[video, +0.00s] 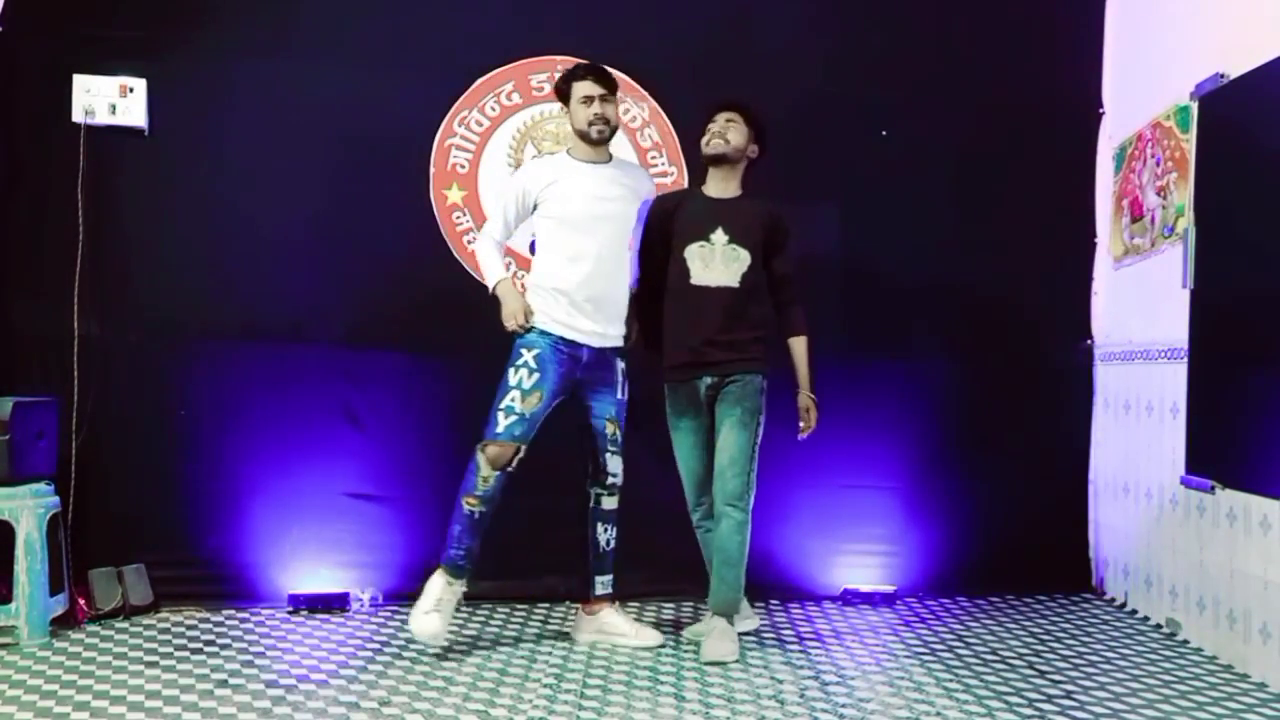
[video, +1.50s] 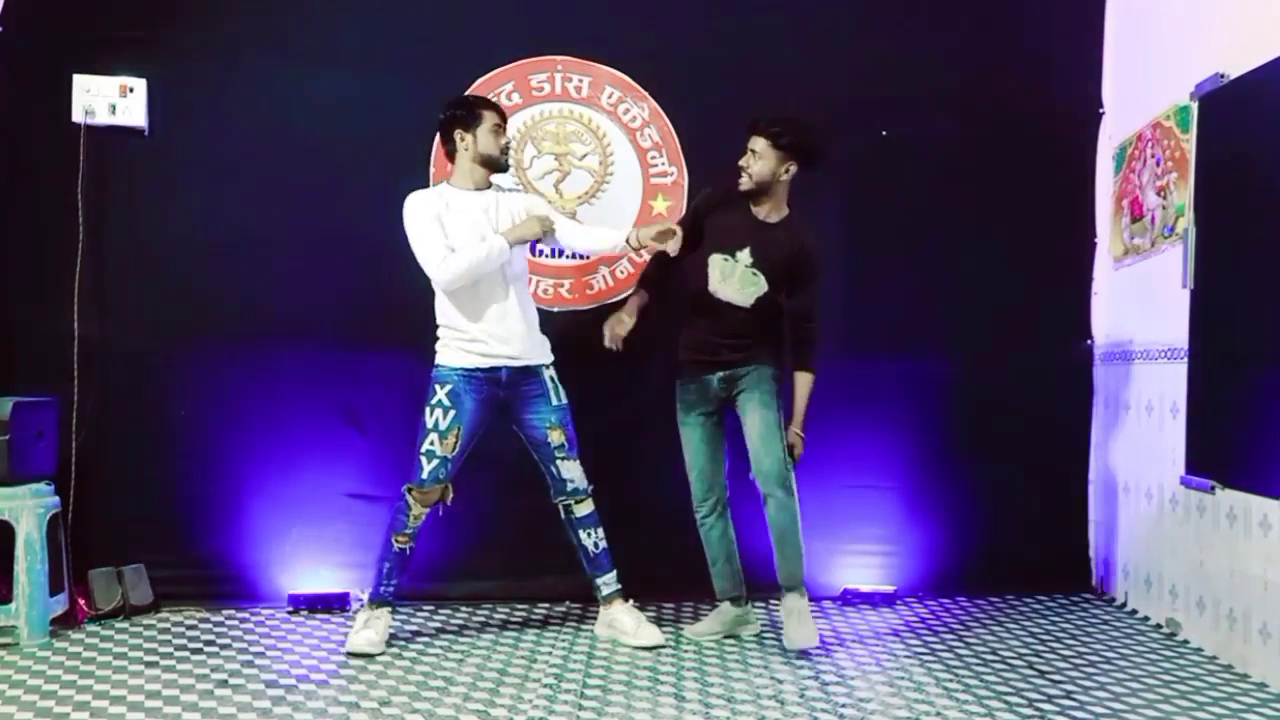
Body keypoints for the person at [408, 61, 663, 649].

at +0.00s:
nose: (599, 110)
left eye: (606, 100)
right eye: (587, 102)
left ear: (618, 109)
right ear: (567, 113)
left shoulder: (638, 182)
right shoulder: (540, 174)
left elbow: (642, 257)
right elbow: (490, 239)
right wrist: (506, 285)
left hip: (610, 346)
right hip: (548, 335)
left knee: (611, 474)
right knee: (497, 453)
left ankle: (599, 604)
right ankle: (450, 578)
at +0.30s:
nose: (527, 183)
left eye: (537, 173)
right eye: (517, 171)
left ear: (550, 178)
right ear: (495, 174)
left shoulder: (570, 235)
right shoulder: (461, 232)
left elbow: (594, 289)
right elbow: (405, 282)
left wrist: (583, 345)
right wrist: (421, 347)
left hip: (547, 397)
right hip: (473, 392)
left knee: (608, 499)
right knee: (399, 487)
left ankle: (615, 609)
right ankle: (374, 608)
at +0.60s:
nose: (502, 202)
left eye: (503, 192)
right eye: (490, 194)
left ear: (504, 193)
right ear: (449, 201)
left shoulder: (526, 248)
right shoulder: (418, 260)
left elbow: (524, 338)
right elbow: (405, 351)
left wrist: (505, 414)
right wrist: (383, 433)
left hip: (523, 390)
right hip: (452, 394)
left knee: (594, 486)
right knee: (392, 495)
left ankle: (615, 607)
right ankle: (374, 610)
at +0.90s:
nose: (487, 145)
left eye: (484, 137)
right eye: (477, 138)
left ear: (456, 148)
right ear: (443, 149)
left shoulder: (507, 207)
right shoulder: (404, 228)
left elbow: (531, 274)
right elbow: (400, 323)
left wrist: (489, 313)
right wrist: (466, 317)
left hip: (527, 375)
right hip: (454, 382)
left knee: (586, 478)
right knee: (413, 494)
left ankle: (615, 604)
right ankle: (376, 609)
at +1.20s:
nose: (481, 143)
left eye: (480, 135)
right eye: (471, 135)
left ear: (459, 146)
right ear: (435, 145)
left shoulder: (500, 201)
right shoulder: (404, 222)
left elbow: (555, 237)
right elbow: (429, 299)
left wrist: (612, 262)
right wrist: (492, 253)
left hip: (532, 366)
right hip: (462, 371)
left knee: (575, 480)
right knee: (423, 490)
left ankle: (614, 604)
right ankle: (378, 609)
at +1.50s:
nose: (506, 141)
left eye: (505, 131)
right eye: (496, 131)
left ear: (477, 140)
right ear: (460, 138)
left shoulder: (515, 199)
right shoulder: (423, 204)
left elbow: (570, 234)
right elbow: (446, 273)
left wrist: (632, 238)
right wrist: (513, 237)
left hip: (531, 365)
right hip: (462, 368)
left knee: (572, 481)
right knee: (425, 485)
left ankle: (613, 604)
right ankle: (378, 607)